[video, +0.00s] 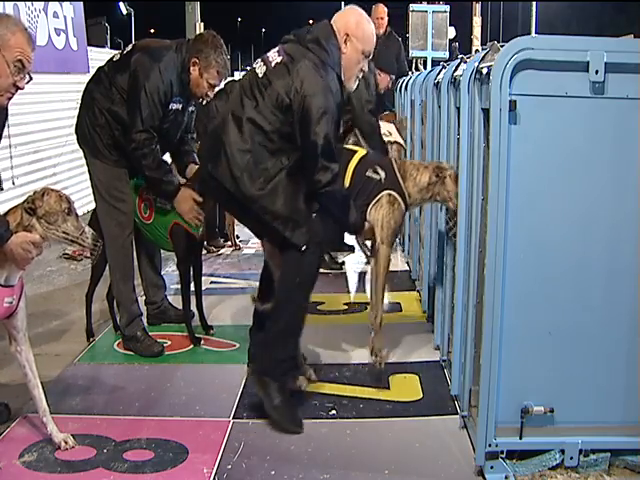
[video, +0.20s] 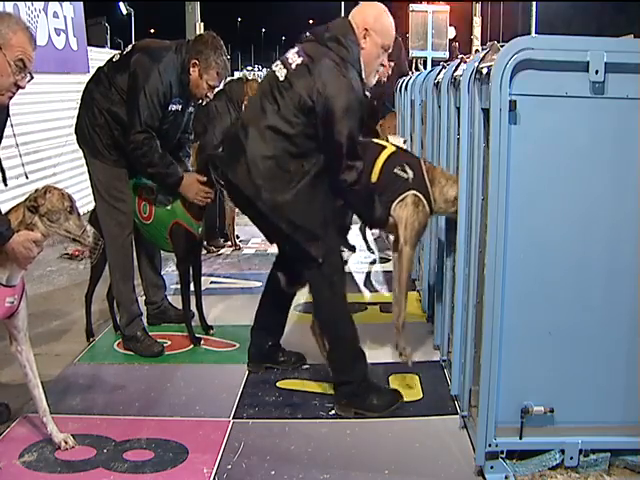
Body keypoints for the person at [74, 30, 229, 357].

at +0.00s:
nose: (211, 93)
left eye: (216, 87)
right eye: (210, 85)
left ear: (197, 65)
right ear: (193, 66)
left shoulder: (189, 78)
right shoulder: (155, 72)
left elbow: (183, 133)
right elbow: (140, 140)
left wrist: (190, 166)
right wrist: (173, 189)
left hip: (139, 138)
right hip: (104, 134)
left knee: (147, 221)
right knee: (119, 224)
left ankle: (157, 305)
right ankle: (130, 325)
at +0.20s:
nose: (211, 94)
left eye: (216, 88)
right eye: (210, 86)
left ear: (197, 67)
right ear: (193, 68)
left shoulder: (188, 82)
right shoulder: (155, 72)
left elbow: (180, 142)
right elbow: (137, 139)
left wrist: (182, 178)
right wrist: (178, 180)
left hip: (141, 138)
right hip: (104, 134)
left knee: (147, 222)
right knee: (119, 225)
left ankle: (157, 305)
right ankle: (130, 325)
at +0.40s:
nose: (211, 96)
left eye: (215, 90)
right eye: (209, 87)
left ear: (198, 67)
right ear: (193, 69)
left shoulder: (189, 80)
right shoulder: (155, 72)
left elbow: (179, 142)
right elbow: (140, 143)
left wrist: (184, 187)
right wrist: (172, 194)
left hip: (138, 136)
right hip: (103, 133)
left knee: (147, 221)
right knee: (119, 224)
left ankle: (157, 305)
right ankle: (131, 326)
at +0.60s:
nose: (210, 104)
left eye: (215, 99)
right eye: (208, 96)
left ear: (197, 74)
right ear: (194, 76)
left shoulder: (191, 85)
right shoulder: (155, 76)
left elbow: (178, 147)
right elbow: (140, 146)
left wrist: (176, 190)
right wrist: (175, 192)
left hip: (139, 135)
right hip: (103, 132)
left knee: (147, 219)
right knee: (119, 224)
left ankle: (157, 304)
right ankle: (131, 326)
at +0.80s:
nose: (211, 123)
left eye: (216, 118)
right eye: (211, 115)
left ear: (198, 93)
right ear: (196, 94)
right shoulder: (159, 88)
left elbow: (177, 159)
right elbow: (136, 153)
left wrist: (180, 194)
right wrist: (173, 195)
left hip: (138, 135)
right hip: (102, 131)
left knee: (148, 217)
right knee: (119, 223)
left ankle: (157, 305)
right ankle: (131, 326)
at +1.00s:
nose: (211, 130)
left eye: (216, 125)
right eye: (211, 122)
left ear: (198, 99)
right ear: (196, 99)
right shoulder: (161, 90)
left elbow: (178, 160)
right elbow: (137, 155)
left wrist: (186, 195)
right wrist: (173, 197)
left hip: (137, 133)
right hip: (101, 130)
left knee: (147, 216)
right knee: (118, 223)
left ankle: (158, 305)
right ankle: (132, 327)